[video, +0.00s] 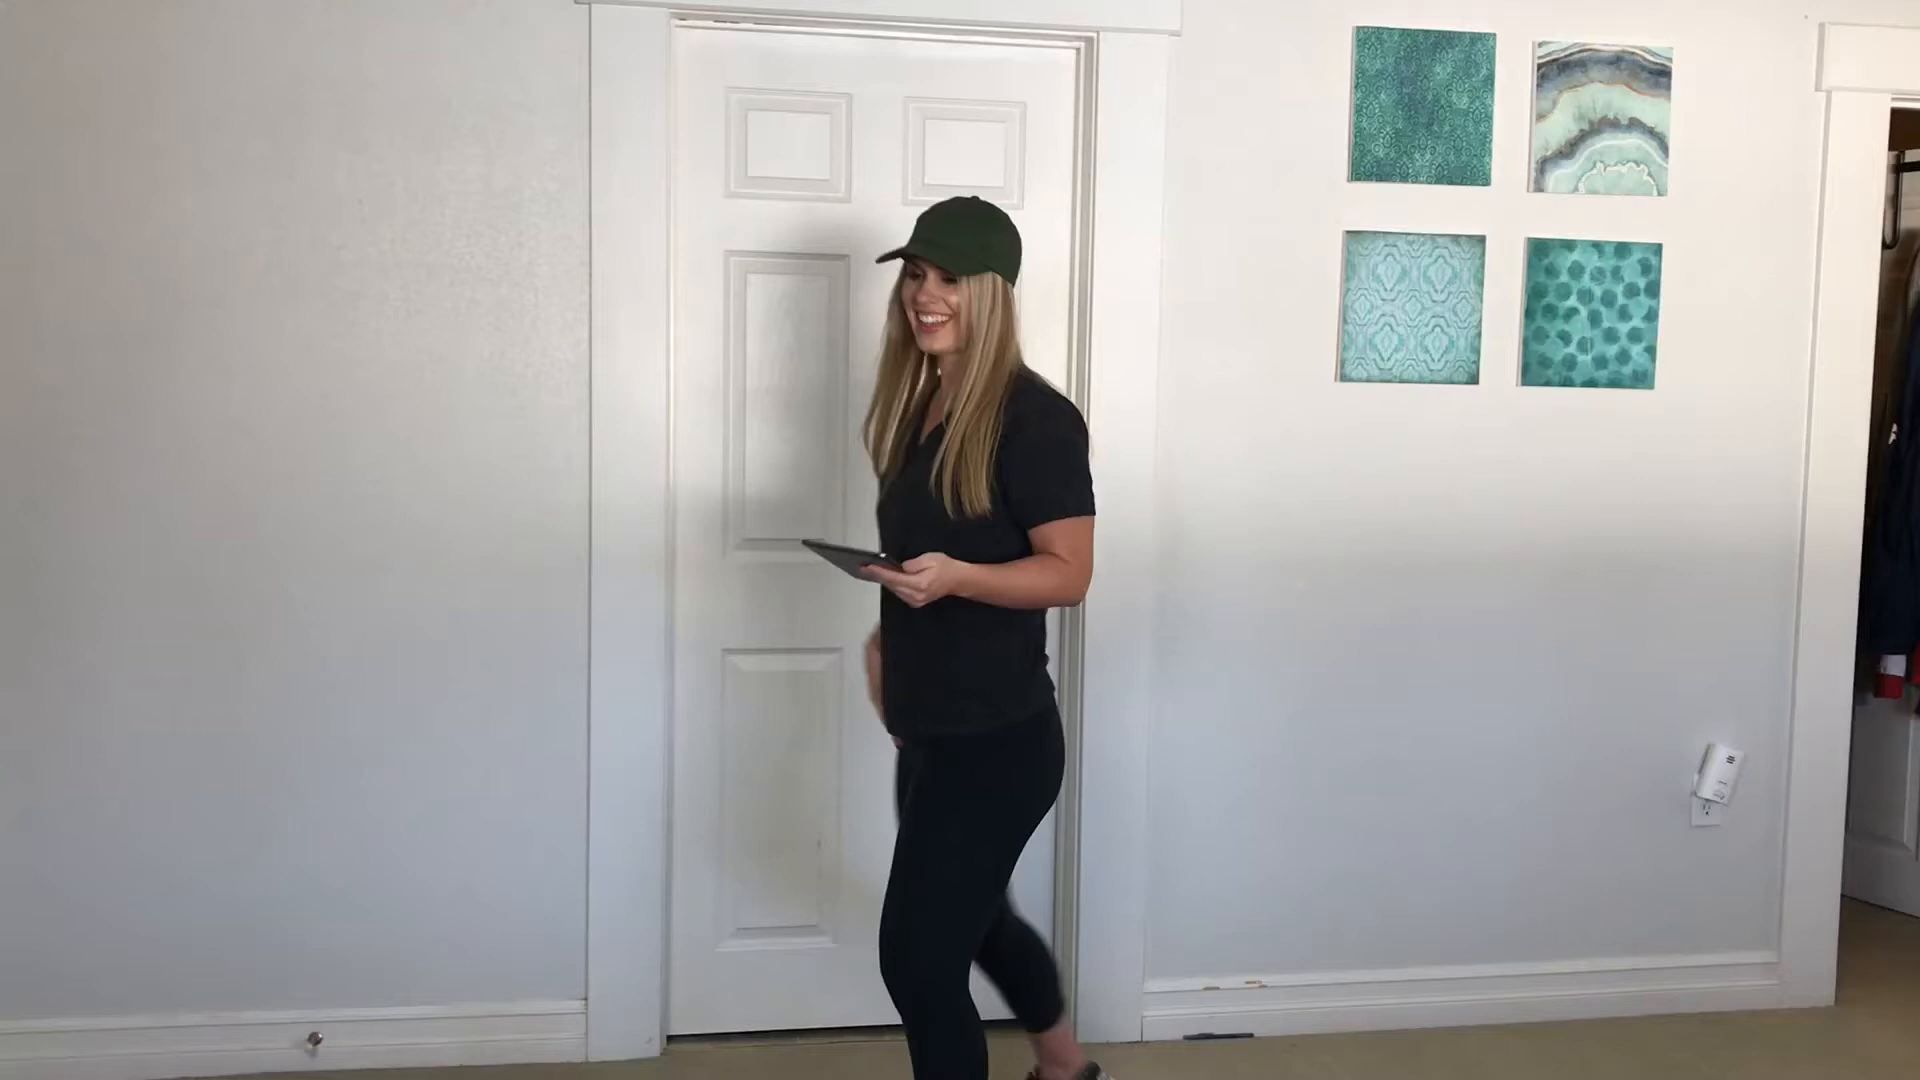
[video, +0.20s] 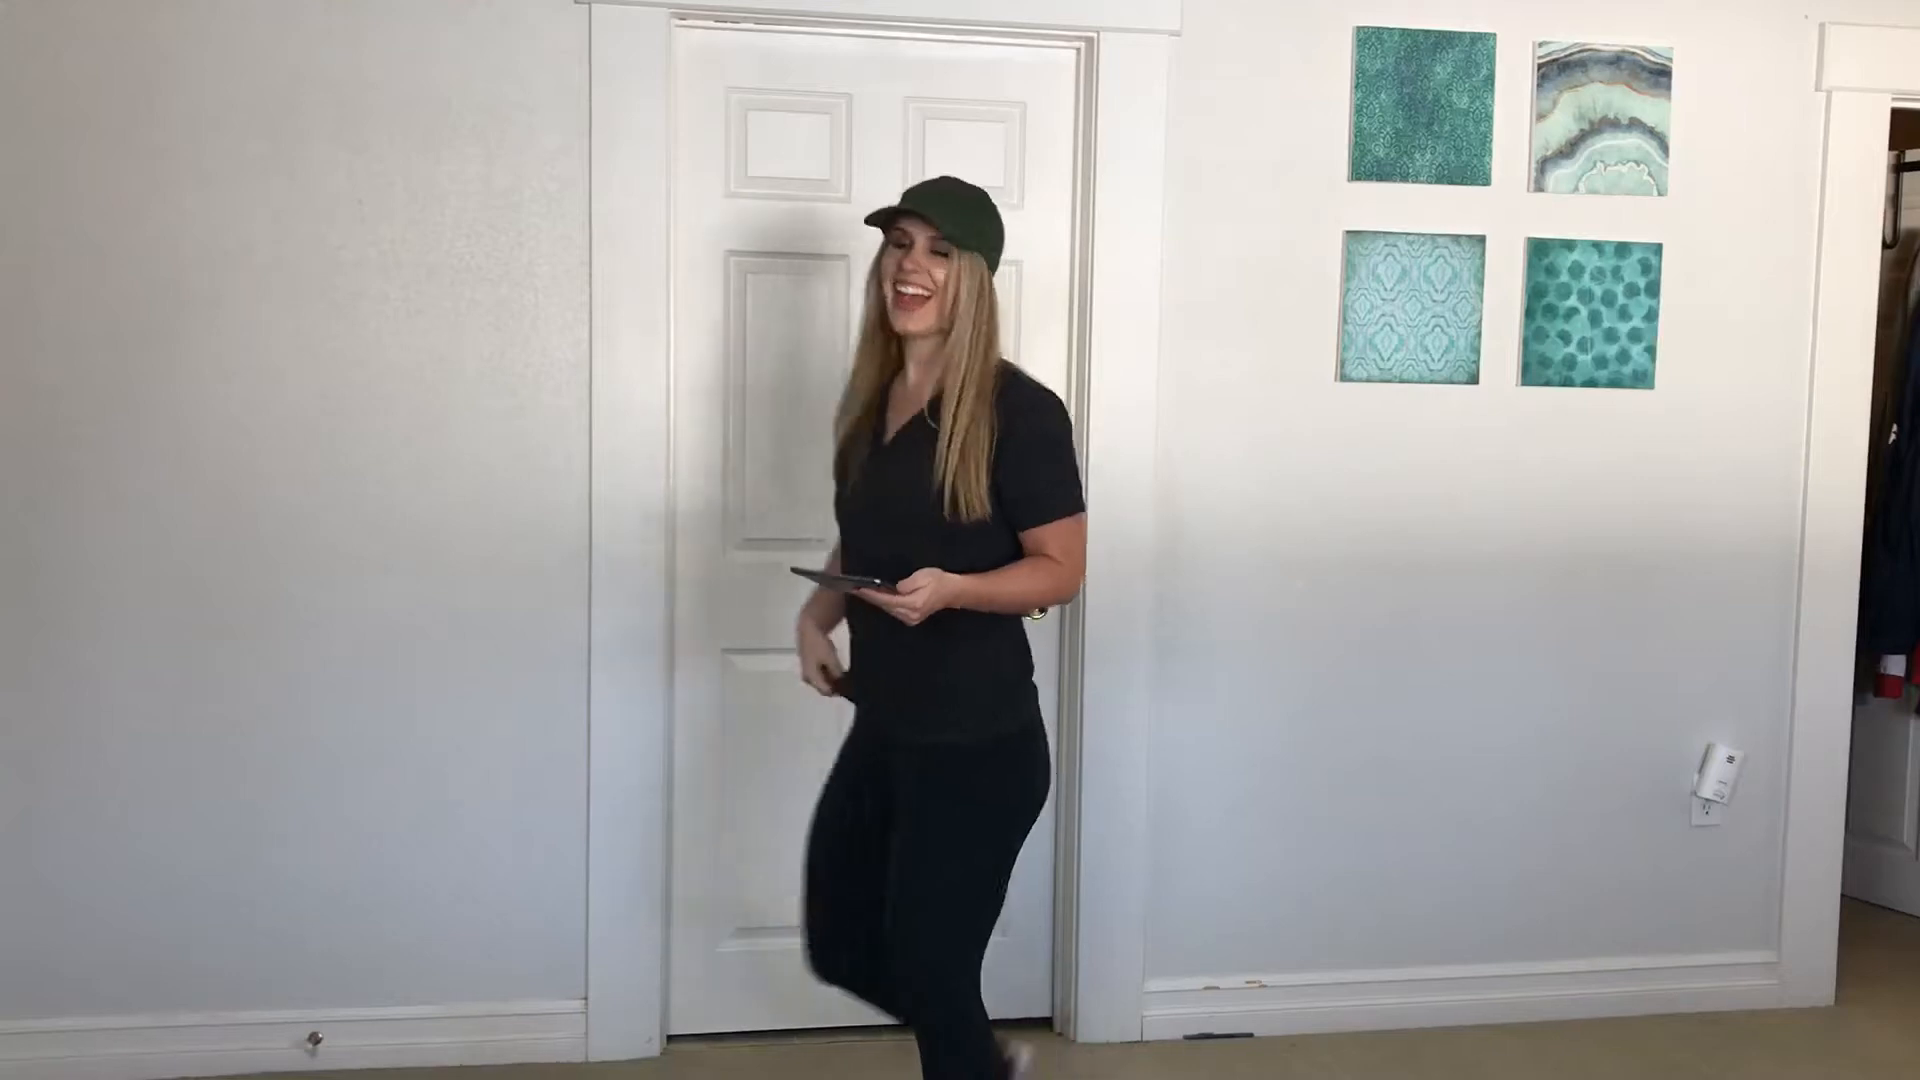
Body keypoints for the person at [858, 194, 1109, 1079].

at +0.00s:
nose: (923, 295)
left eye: (946, 278)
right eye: (914, 276)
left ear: (991, 293)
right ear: (903, 289)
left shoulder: (1038, 417)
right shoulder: (917, 408)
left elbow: (1071, 577)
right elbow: (919, 548)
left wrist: (958, 577)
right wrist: (880, 638)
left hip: (1001, 729)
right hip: (927, 720)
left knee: (917, 957)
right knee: (978, 914)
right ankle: (1063, 1061)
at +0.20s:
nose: (908, 266)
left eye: (936, 252)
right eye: (897, 245)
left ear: (974, 278)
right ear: (880, 261)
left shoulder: (1021, 413)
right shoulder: (873, 404)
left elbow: (1062, 569)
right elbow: (864, 549)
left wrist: (957, 588)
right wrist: (818, 614)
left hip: (981, 734)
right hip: (885, 727)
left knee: (936, 977)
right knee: (841, 944)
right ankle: (991, 1057)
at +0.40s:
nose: (877, 250)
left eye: (903, 234)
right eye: (860, 228)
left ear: (934, 260)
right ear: (834, 247)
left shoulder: (991, 396)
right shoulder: (803, 385)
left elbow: (1048, 556)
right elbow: (794, 518)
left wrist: (968, 581)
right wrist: (743, 571)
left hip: (945, 725)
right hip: (821, 716)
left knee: (937, 981)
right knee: (746, 966)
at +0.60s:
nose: (813, 264)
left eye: (840, 245)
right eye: (793, 241)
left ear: (871, 267)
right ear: (768, 260)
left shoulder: (926, 406)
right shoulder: (716, 405)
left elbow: (980, 560)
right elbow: (672, 567)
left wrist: (975, 586)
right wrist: (644, 564)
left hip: (889, 755)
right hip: (742, 752)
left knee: (921, 1004)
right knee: (685, 1019)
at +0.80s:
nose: (734, 245)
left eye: (759, 224)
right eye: (711, 222)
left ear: (789, 245)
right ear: (681, 239)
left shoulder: (844, 385)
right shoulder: (626, 372)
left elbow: (865, 550)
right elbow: (560, 523)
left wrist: (923, 559)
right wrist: (624, 406)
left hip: (804, 758)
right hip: (651, 758)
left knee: (854, 1005)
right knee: (635, 1032)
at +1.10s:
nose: (670, 221)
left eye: (695, 201)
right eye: (644, 198)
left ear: (721, 228)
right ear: (608, 219)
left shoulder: (755, 385)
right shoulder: (539, 360)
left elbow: (739, 555)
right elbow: (474, 541)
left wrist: (851, 557)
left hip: (747, 764)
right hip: (590, 772)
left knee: (819, 1024)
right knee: (602, 1049)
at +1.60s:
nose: (688, 207)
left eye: (713, 187)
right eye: (661, 184)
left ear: (738, 215)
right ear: (623, 210)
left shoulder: (795, 372)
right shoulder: (556, 375)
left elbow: (810, 560)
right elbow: (498, 580)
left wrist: (873, 551)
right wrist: (533, 751)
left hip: (791, 755)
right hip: (627, 767)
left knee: (880, 1022)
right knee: (622, 1052)